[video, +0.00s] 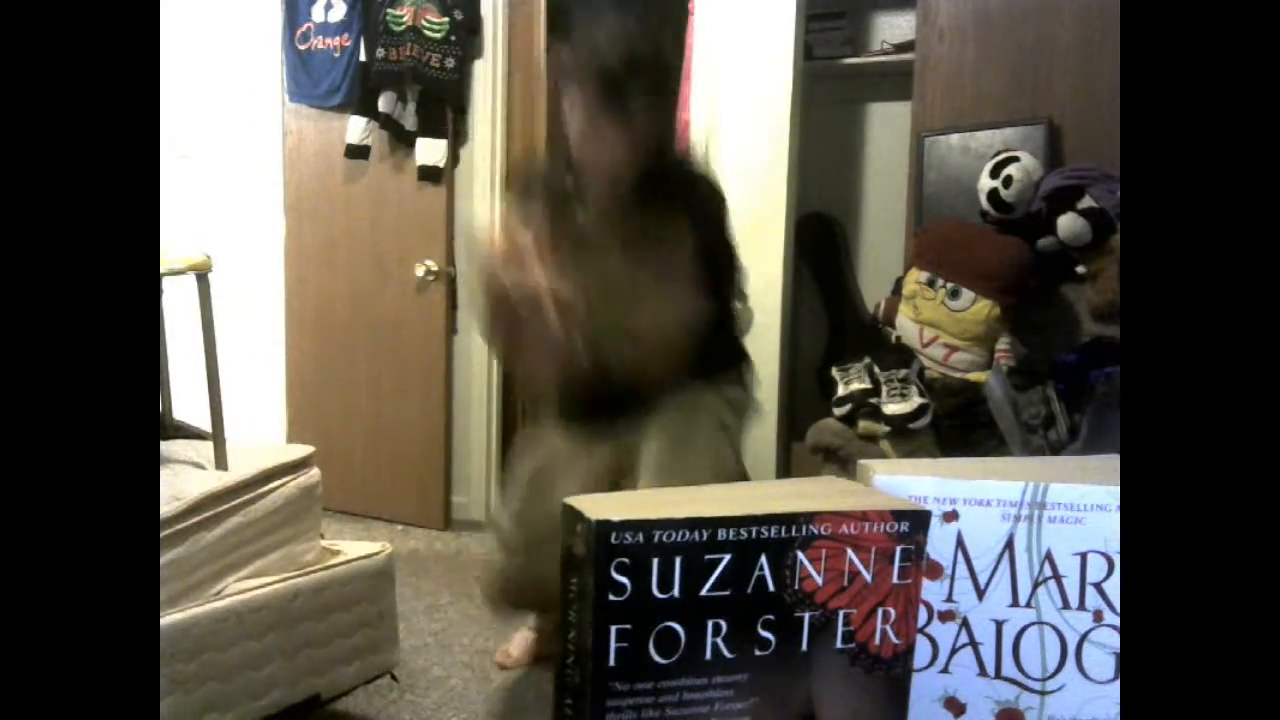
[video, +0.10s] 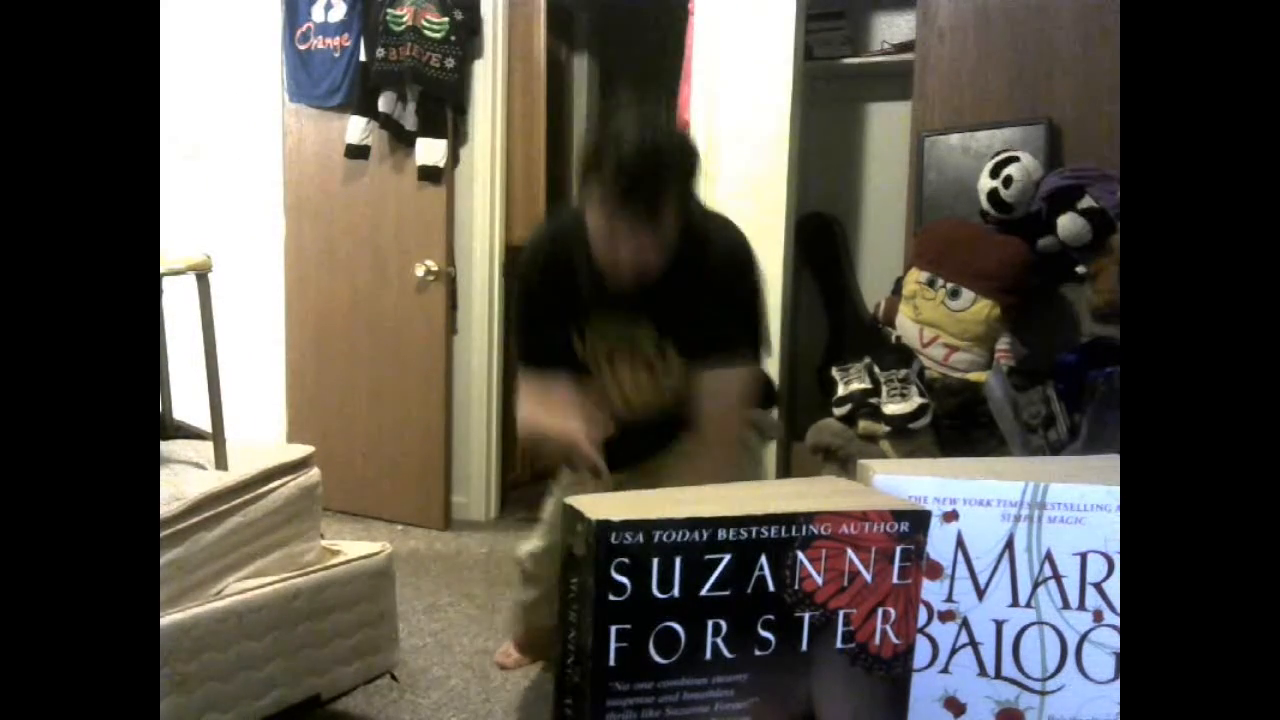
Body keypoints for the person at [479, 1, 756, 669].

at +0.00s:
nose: (592, 139)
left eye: (612, 119)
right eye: (579, 116)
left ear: (651, 120)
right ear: (562, 112)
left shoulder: (686, 198)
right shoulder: (544, 195)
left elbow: (686, 332)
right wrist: (521, 299)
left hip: (689, 385)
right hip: (584, 387)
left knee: (679, 486)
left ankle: (682, 623)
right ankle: (546, 616)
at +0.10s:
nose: (625, 247)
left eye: (644, 229)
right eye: (611, 225)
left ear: (676, 211)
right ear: (587, 201)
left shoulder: (718, 254)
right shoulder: (551, 256)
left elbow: (722, 428)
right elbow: (536, 401)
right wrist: (567, 421)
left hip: (695, 438)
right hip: (599, 448)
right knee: (547, 551)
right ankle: (539, 632)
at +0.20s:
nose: (649, 276)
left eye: (670, 258)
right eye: (633, 254)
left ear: (700, 233)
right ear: (605, 223)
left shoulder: (737, 255)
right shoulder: (559, 261)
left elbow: (765, 424)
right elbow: (538, 422)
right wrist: (571, 449)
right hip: (598, 439)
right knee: (560, 541)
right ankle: (545, 624)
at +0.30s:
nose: (653, 254)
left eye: (675, 238)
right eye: (639, 230)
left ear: (707, 213)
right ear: (613, 196)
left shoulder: (749, 237)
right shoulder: (563, 239)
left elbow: (793, 387)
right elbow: (533, 391)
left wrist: (724, 370)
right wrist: (575, 423)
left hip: (711, 408)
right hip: (602, 408)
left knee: (738, 512)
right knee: (558, 528)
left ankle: (739, 635)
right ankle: (544, 621)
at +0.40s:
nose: (653, 254)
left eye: (675, 238)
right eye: (639, 230)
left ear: (707, 213)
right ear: (613, 196)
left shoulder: (749, 237)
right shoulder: (562, 239)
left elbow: (793, 387)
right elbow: (533, 391)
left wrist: (724, 370)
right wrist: (575, 423)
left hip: (712, 409)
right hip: (602, 408)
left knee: (738, 512)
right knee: (559, 528)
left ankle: (738, 635)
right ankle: (544, 621)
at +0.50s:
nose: (658, 234)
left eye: (679, 217)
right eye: (645, 209)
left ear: (716, 191)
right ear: (618, 174)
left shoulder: (764, 213)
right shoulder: (565, 215)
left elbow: (820, 334)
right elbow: (524, 365)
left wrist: (747, 310)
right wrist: (564, 394)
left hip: (726, 389)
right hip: (613, 396)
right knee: (561, 496)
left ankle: (729, 630)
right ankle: (541, 618)